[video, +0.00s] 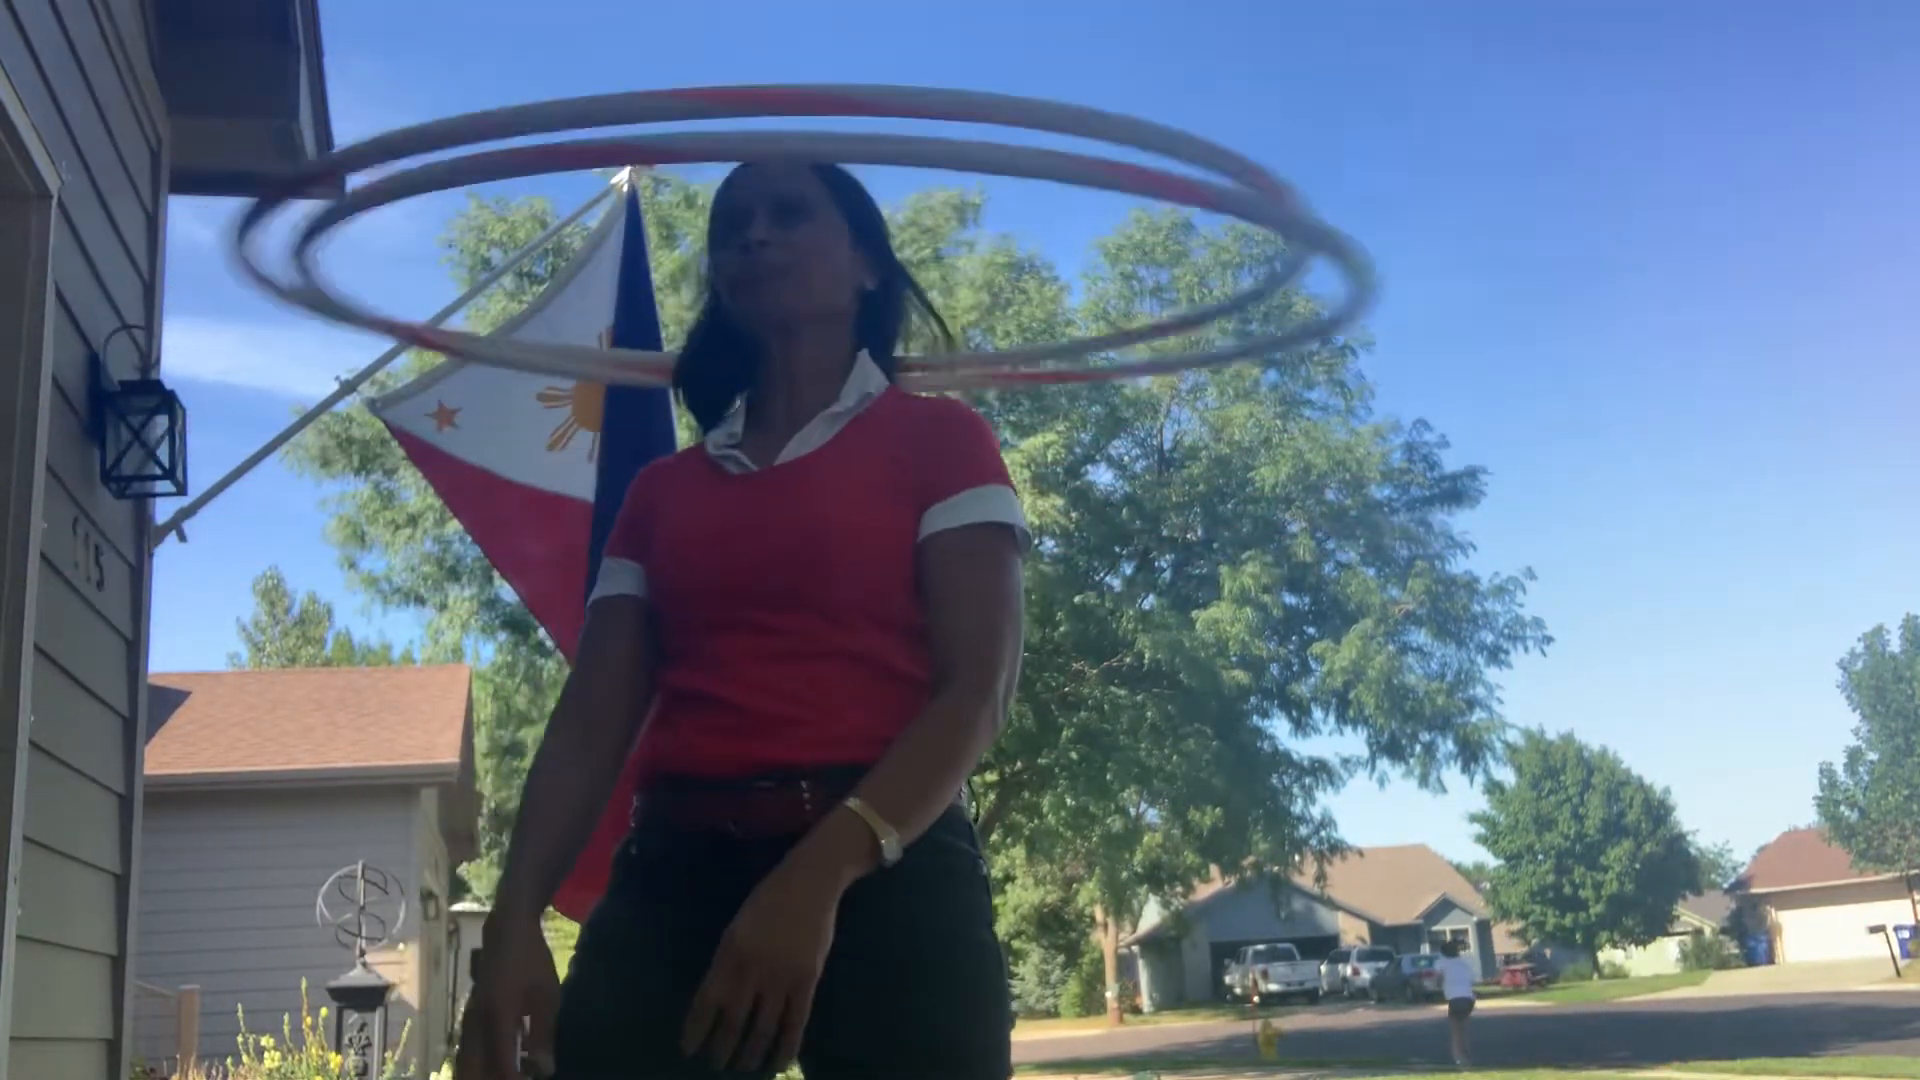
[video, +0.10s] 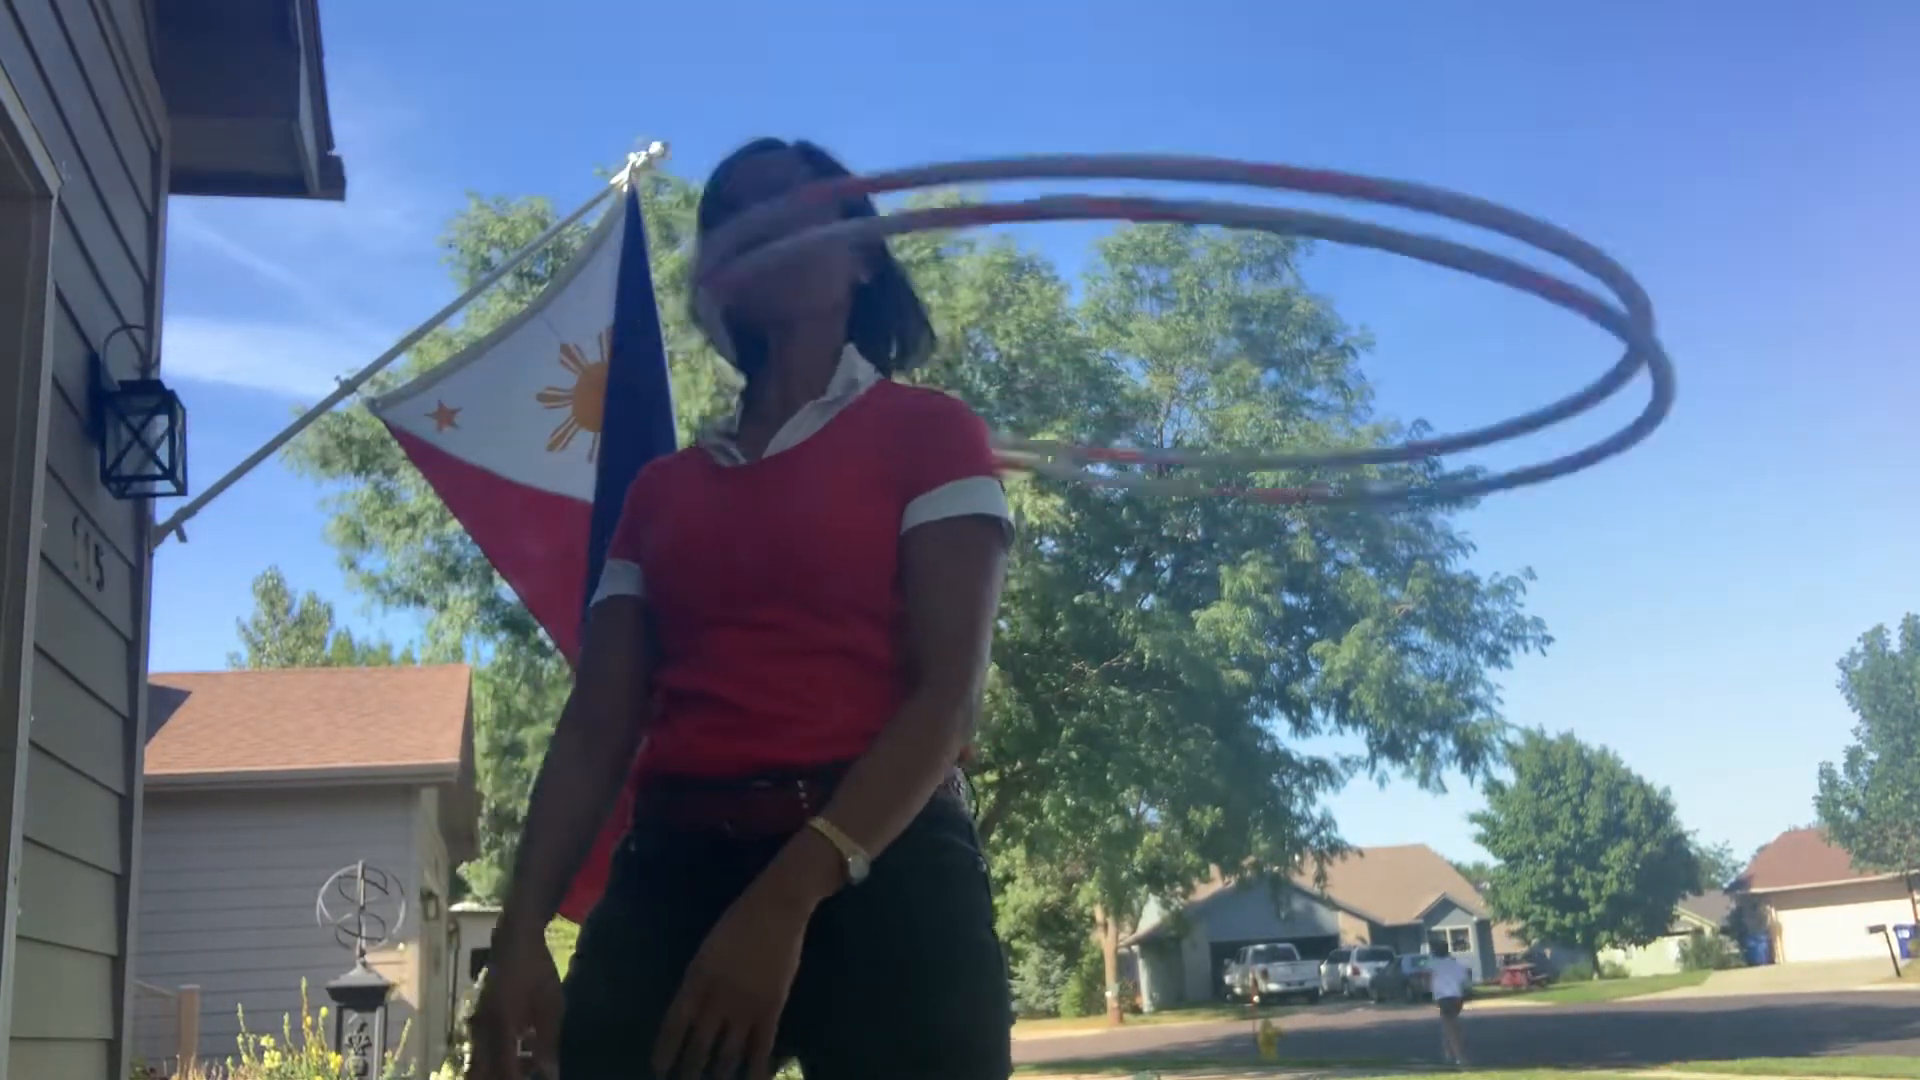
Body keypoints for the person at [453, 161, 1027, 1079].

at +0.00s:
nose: (755, 234)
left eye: (791, 212)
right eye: (733, 225)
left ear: (865, 263)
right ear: (716, 284)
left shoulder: (935, 434)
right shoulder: (666, 486)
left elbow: (976, 692)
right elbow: (593, 713)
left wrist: (818, 870)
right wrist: (516, 920)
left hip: (892, 880)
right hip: (677, 881)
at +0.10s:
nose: (737, 227)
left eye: (772, 201)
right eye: (718, 223)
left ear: (861, 248)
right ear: (708, 286)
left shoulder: (926, 431)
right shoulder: (663, 487)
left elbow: (947, 698)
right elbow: (597, 719)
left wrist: (786, 898)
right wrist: (519, 933)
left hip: (883, 878)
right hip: (675, 881)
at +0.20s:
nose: (716, 209)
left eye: (755, 187)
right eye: (694, 203)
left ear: (831, 239)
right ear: (678, 262)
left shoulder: (895, 410)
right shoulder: (633, 469)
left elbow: (926, 677)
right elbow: (581, 722)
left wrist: (752, 889)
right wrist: (504, 946)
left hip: (872, 872)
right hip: (660, 879)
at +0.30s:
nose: (687, 197)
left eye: (724, 177)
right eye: (661, 191)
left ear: (796, 234)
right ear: (638, 252)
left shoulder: (867, 393)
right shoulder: (597, 471)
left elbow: (916, 676)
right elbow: (557, 745)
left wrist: (749, 890)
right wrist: (491, 974)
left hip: (858, 864)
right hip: (643, 870)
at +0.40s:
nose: (693, 209)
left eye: (730, 186)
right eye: (665, 198)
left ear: (801, 239)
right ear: (640, 251)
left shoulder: (879, 413)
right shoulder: (604, 476)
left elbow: (931, 685)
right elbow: (553, 742)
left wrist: (779, 891)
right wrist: (487, 976)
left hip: (857, 870)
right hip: (638, 878)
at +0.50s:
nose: (755, 236)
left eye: (787, 213)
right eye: (728, 222)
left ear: (853, 260)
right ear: (697, 274)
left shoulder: (912, 438)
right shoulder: (641, 480)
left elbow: (951, 701)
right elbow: (573, 721)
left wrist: (802, 898)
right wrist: (486, 950)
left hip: (863, 883)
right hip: (643, 884)